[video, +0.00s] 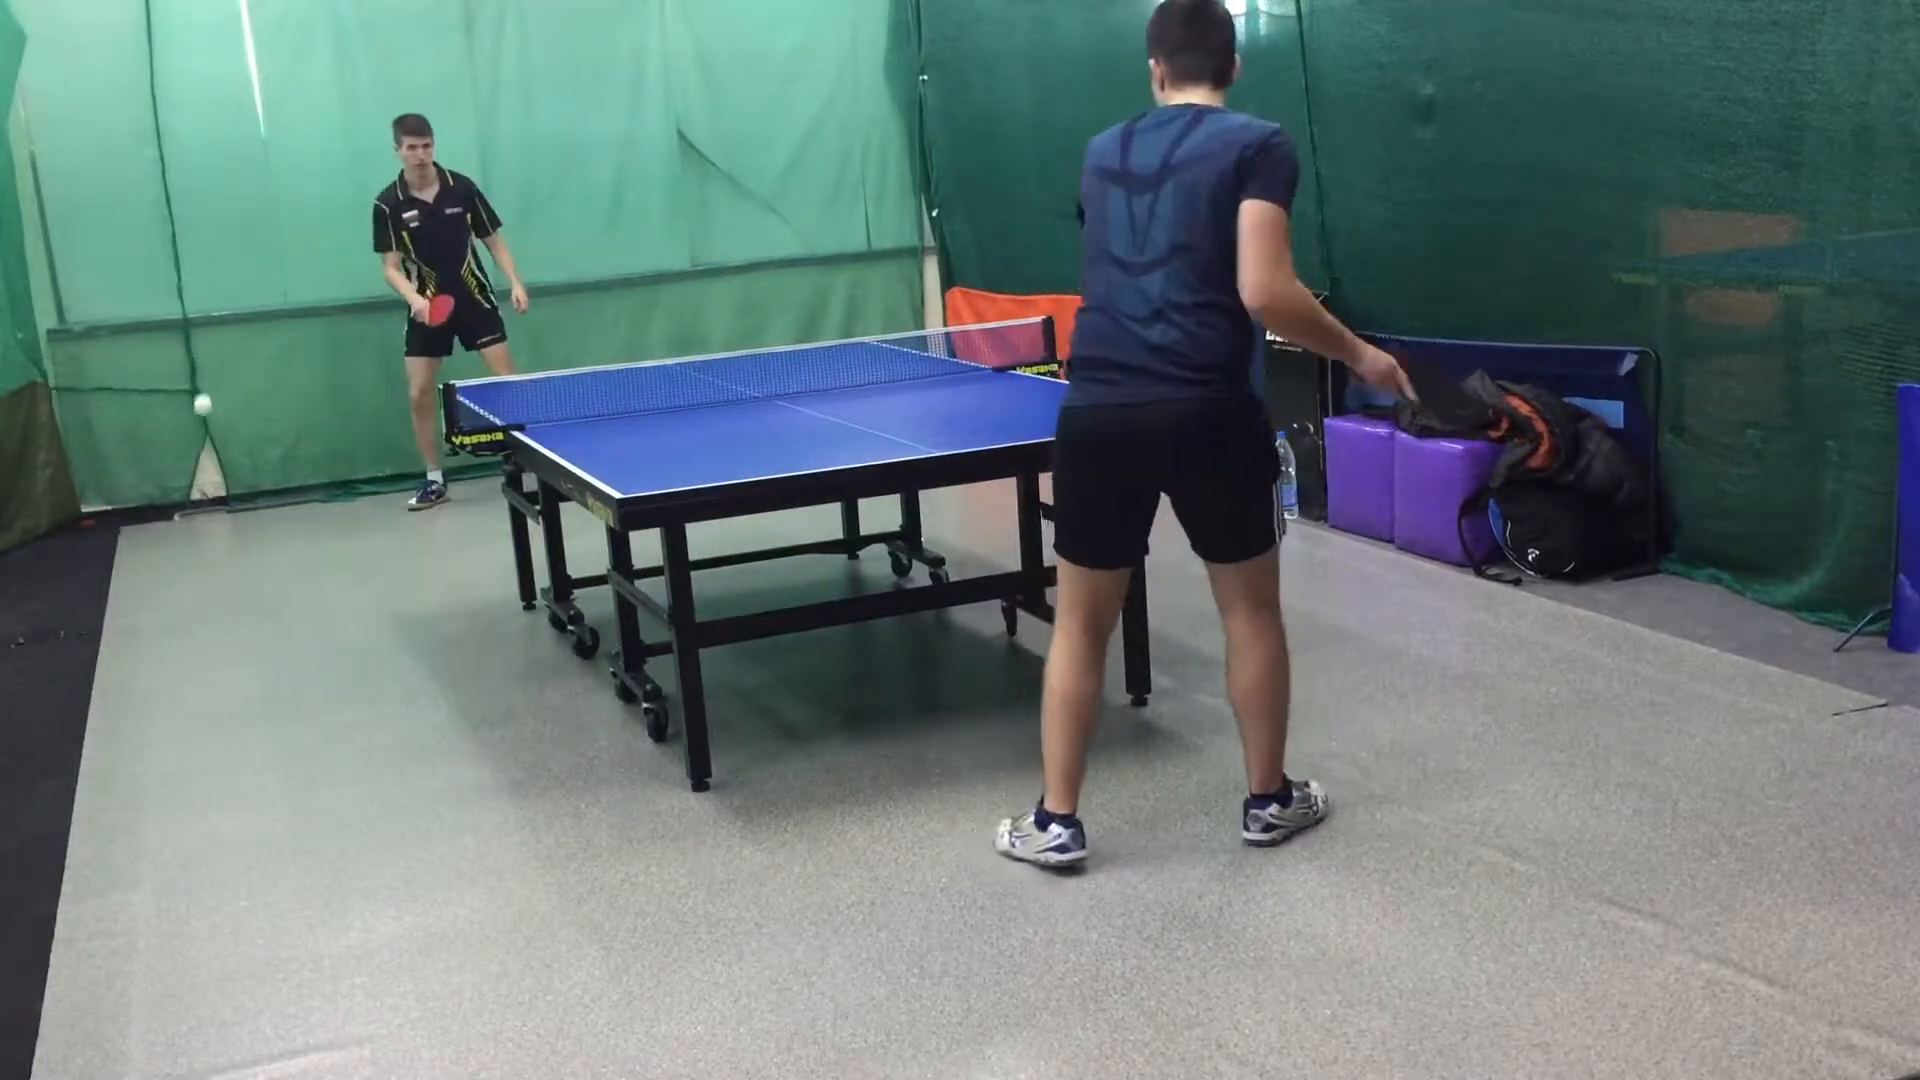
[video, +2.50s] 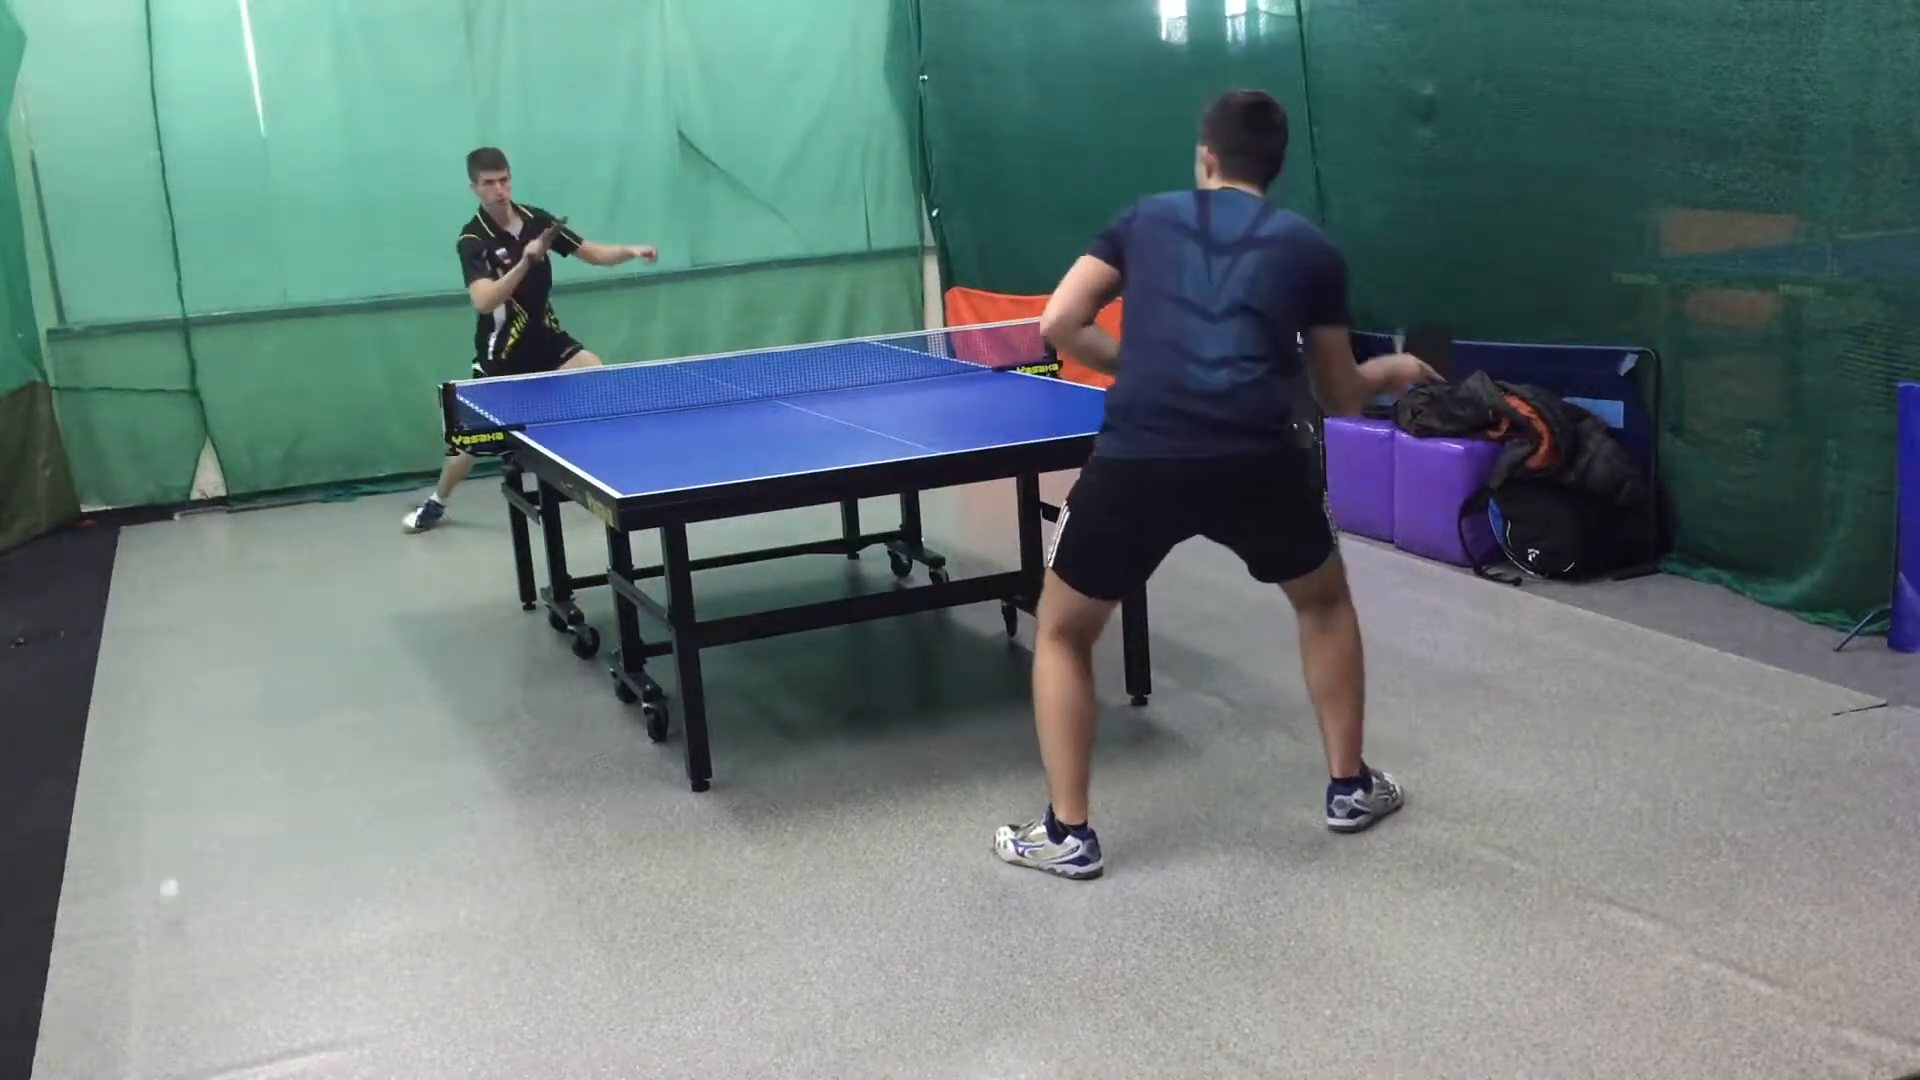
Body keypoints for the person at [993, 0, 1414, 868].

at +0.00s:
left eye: (1161, 61)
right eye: (1231, 64)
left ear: (1153, 69)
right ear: (1234, 69)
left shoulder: (1103, 151)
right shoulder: (1256, 143)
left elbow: (1102, 279)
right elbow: (1266, 292)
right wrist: (1359, 353)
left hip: (1098, 422)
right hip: (1210, 419)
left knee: (1081, 621)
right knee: (1250, 608)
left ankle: (1057, 820)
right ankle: (1267, 799)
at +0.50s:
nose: (1074, 88)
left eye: (1076, 76)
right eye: (1080, 76)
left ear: (1090, 82)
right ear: (1165, 85)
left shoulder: (1066, 152)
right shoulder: (1217, 161)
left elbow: (1010, 283)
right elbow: (1208, 275)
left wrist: (1051, 364)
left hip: (1112, 425)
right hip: (1224, 415)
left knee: (1069, 632)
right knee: (1252, 597)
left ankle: (1052, 826)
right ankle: (1294, 777)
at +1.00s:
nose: (1127, 110)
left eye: (1127, 99)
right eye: (1135, 98)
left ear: (1136, 104)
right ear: (1209, 106)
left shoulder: (1096, 173)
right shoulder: (1259, 192)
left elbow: (1020, 280)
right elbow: (1295, 335)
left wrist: (1084, 319)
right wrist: (1341, 414)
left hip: (1118, 432)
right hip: (1231, 431)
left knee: (1055, 624)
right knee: (1274, 605)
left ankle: (1050, 827)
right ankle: (1330, 787)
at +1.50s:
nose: (1209, 144)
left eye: (1210, 134)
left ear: (1214, 141)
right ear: (1286, 152)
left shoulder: (1157, 198)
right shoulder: (1314, 238)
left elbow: (1066, 296)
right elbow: (1327, 377)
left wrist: (1140, 334)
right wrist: (1338, 336)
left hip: (1147, 445)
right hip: (1265, 450)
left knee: (1071, 627)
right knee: (1307, 605)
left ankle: (1044, 828)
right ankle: (1330, 783)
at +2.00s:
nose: (1129, 131)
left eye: (1130, 121)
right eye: (1132, 120)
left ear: (1143, 124)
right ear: (1214, 124)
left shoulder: (1129, 190)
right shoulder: (1272, 205)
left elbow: (1079, 304)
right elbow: (1262, 309)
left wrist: (1130, 348)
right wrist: (1170, 328)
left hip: (1181, 448)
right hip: (1284, 442)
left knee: (1075, 623)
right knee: (1285, 602)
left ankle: (1070, 829)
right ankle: (1346, 779)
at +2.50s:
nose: (1199, 162)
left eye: (1199, 152)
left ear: (1204, 158)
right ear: (1277, 167)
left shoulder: (1146, 219)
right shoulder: (1308, 250)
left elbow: (1060, 323)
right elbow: (1342, 393)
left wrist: (1136, 367)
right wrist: (1390, 367)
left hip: (1137, 470)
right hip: (1257, 470)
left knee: (1064, 635)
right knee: (1322, 604)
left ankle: (1069, 829)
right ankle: (1348, 785)